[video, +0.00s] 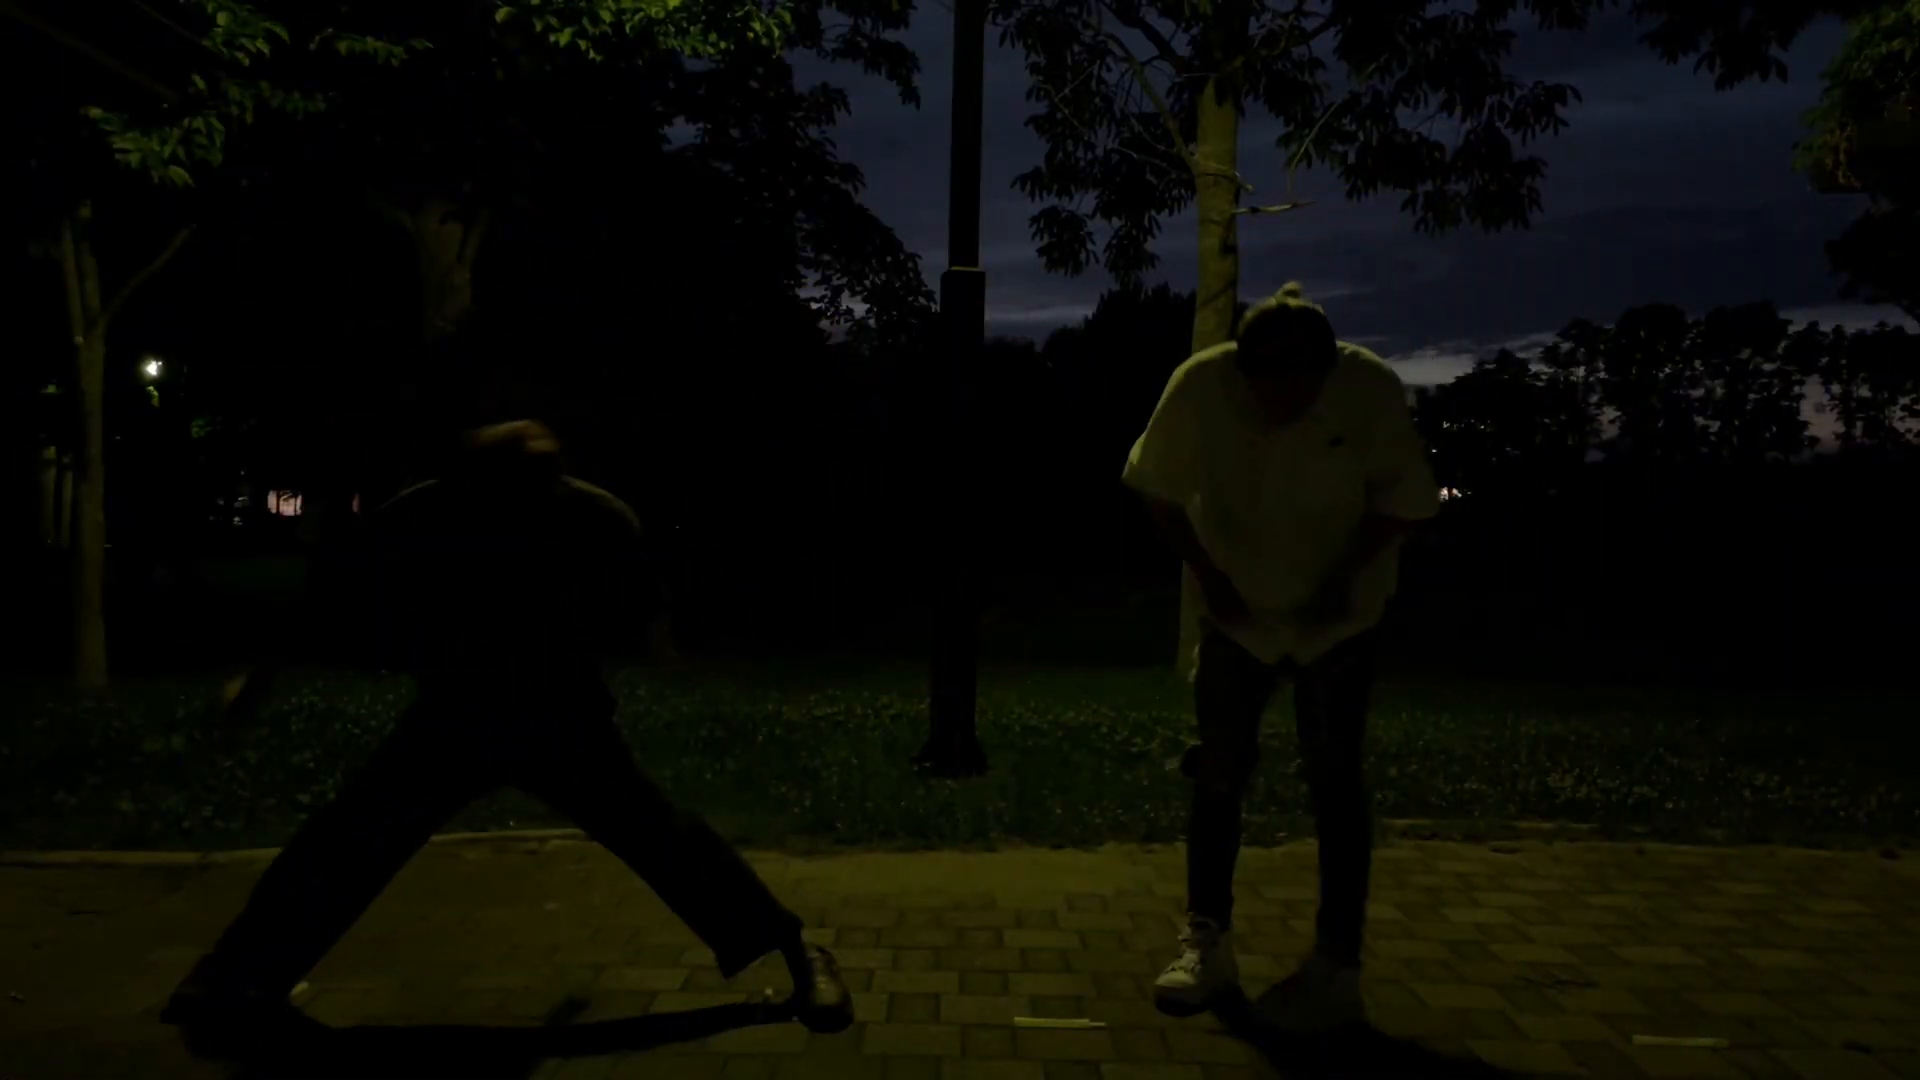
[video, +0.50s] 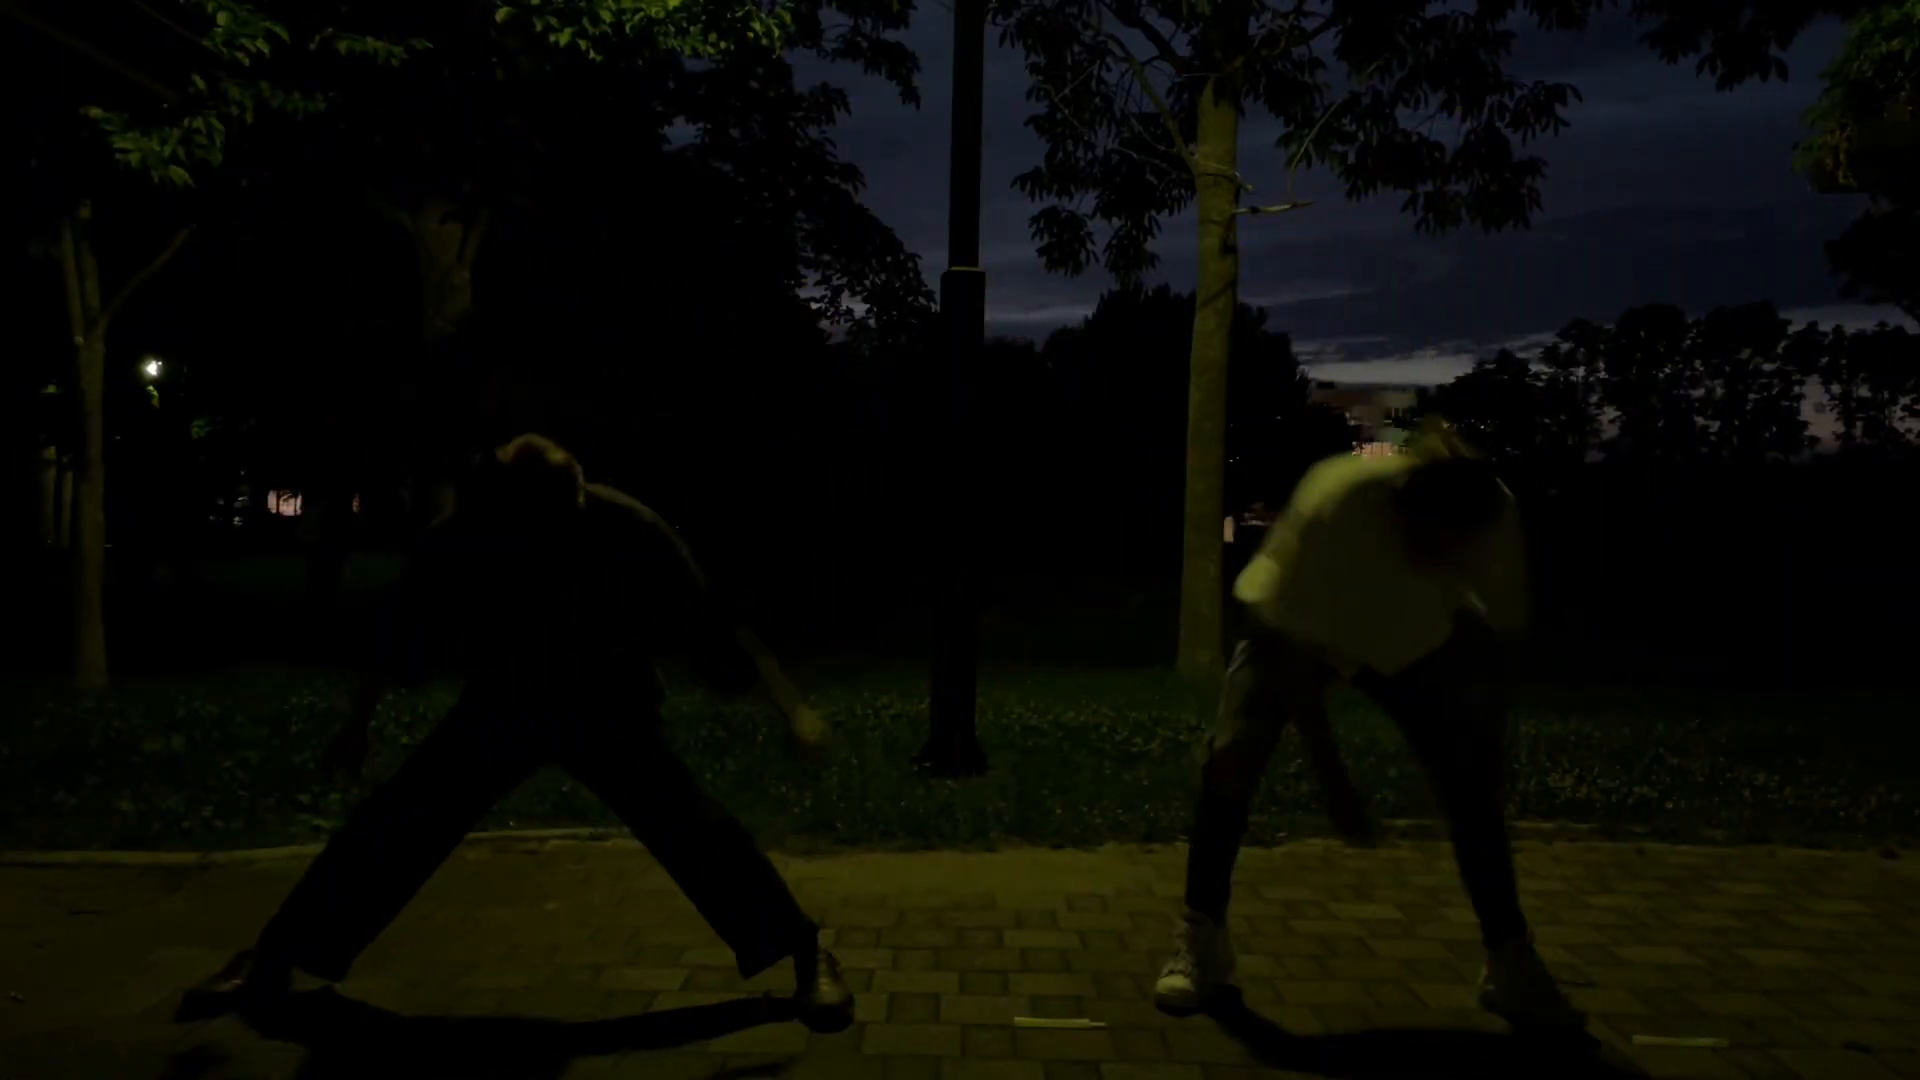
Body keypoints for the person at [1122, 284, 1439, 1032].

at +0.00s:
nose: (1278, 407)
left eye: (1294, 391)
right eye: (1267, 389)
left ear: (1323, 368)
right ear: (1244, 366)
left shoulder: (1371, 389)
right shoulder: (1200, 384)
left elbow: (1407, 501)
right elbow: (1157, 492)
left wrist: (1340, 581)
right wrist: (1213, 582)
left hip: (1339, 616)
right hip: (1234, 615)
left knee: (1338, 782)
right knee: (1217, 771)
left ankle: (1337, 965)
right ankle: (1205, 944)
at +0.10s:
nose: (1292, 420)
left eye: (1307, 403)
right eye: (1280, 402)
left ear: (1332, 379)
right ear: (1254, 378)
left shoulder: (1375, 398)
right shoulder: (1203, 396)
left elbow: (1398, 513)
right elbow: (1159, 507)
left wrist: (1347, 604)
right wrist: (1219, 599)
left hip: (1337, 616)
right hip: (1231, 616)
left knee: (1350, 781)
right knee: (1216, 771)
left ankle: (1361, 955)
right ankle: (1205, 943)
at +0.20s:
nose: (1328, 440)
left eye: (1341, 423)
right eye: (1317, 423)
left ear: (1361, 401)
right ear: (1286, 400)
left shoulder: (1393, 422)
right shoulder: (1217, 420)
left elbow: (1407, 540)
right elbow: (1176, 532)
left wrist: (1371, 633)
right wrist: (1236, 627)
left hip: (1346, 627)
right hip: (1239, 624)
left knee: (1387, 777)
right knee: (1215, 775)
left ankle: (1431, 946)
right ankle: (1203, 943)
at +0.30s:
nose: (1356, 462)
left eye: (1369, 445)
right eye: (1345, 445)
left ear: (1389, 425)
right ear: (1315, 420)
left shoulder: (1413, 441)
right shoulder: (1242, 440)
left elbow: (1426, 556)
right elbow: (1205, 561)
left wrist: (1410, 645)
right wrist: (1262, 657)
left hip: (1362, 627)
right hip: (1252, 624)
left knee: (1416, 782)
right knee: (1216, 775)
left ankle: (1474, 954)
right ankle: (1206, 947)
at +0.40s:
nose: (1395, 496)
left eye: (1406, 481)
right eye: (1385, 479)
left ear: (1424, 459)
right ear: (1354, 455)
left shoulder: (1437, 465)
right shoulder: (1278, 458)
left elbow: (1447, 587)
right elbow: (1229, 593)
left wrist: (1435, 691)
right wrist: (1297, 711)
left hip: (1378, 631)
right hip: (1271, 629)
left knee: (1434, 788)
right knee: (1222, 770)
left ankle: (1494, 957)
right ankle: (1206, 947)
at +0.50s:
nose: (1448, 552)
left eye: (1462, 539)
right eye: (1441, 536)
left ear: (1480, 514)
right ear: (1408, 507)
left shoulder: (1490, 517)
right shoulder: (1334, 502)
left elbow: (1505, 639)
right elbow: (1281, 638)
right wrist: (1334, 785)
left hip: (1414, 632)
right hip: (1299, 624)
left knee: (1473, 789)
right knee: (1231, 760)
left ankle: (1511, 964)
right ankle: (1200, 942)